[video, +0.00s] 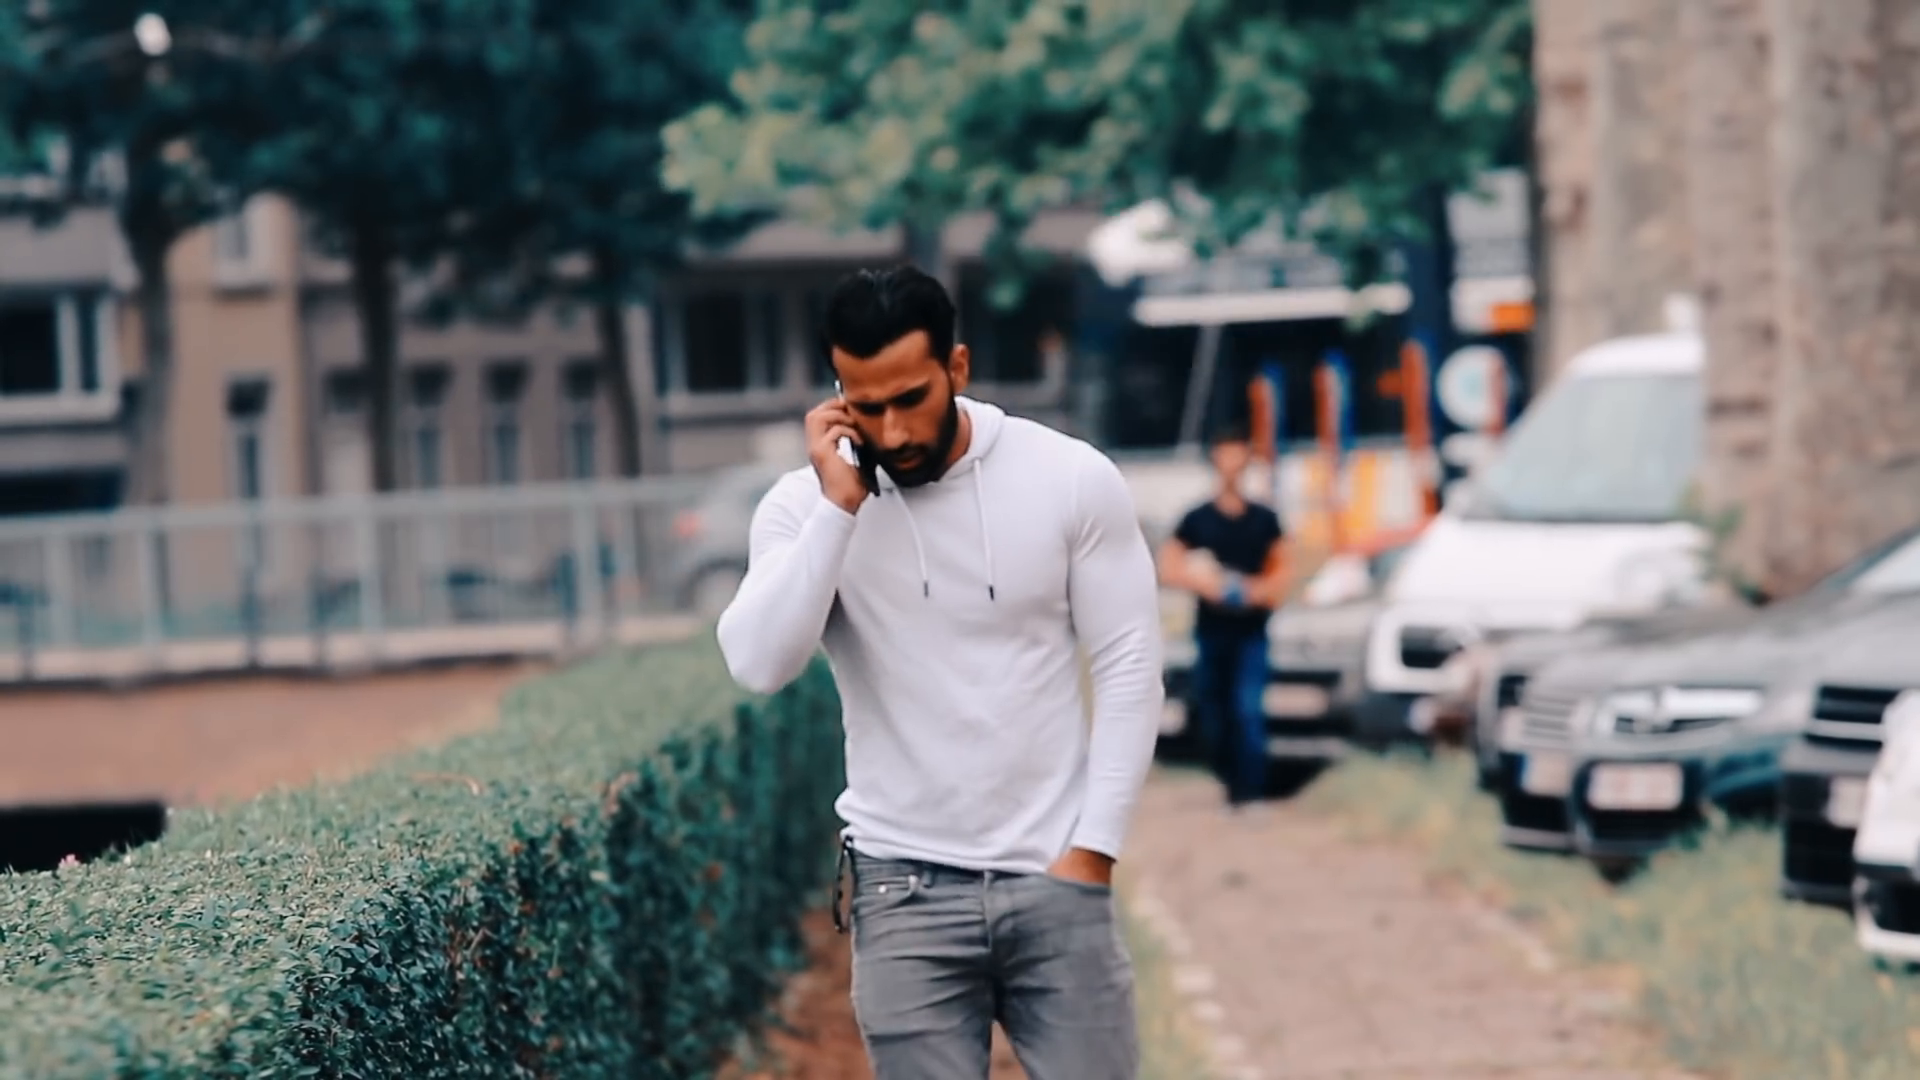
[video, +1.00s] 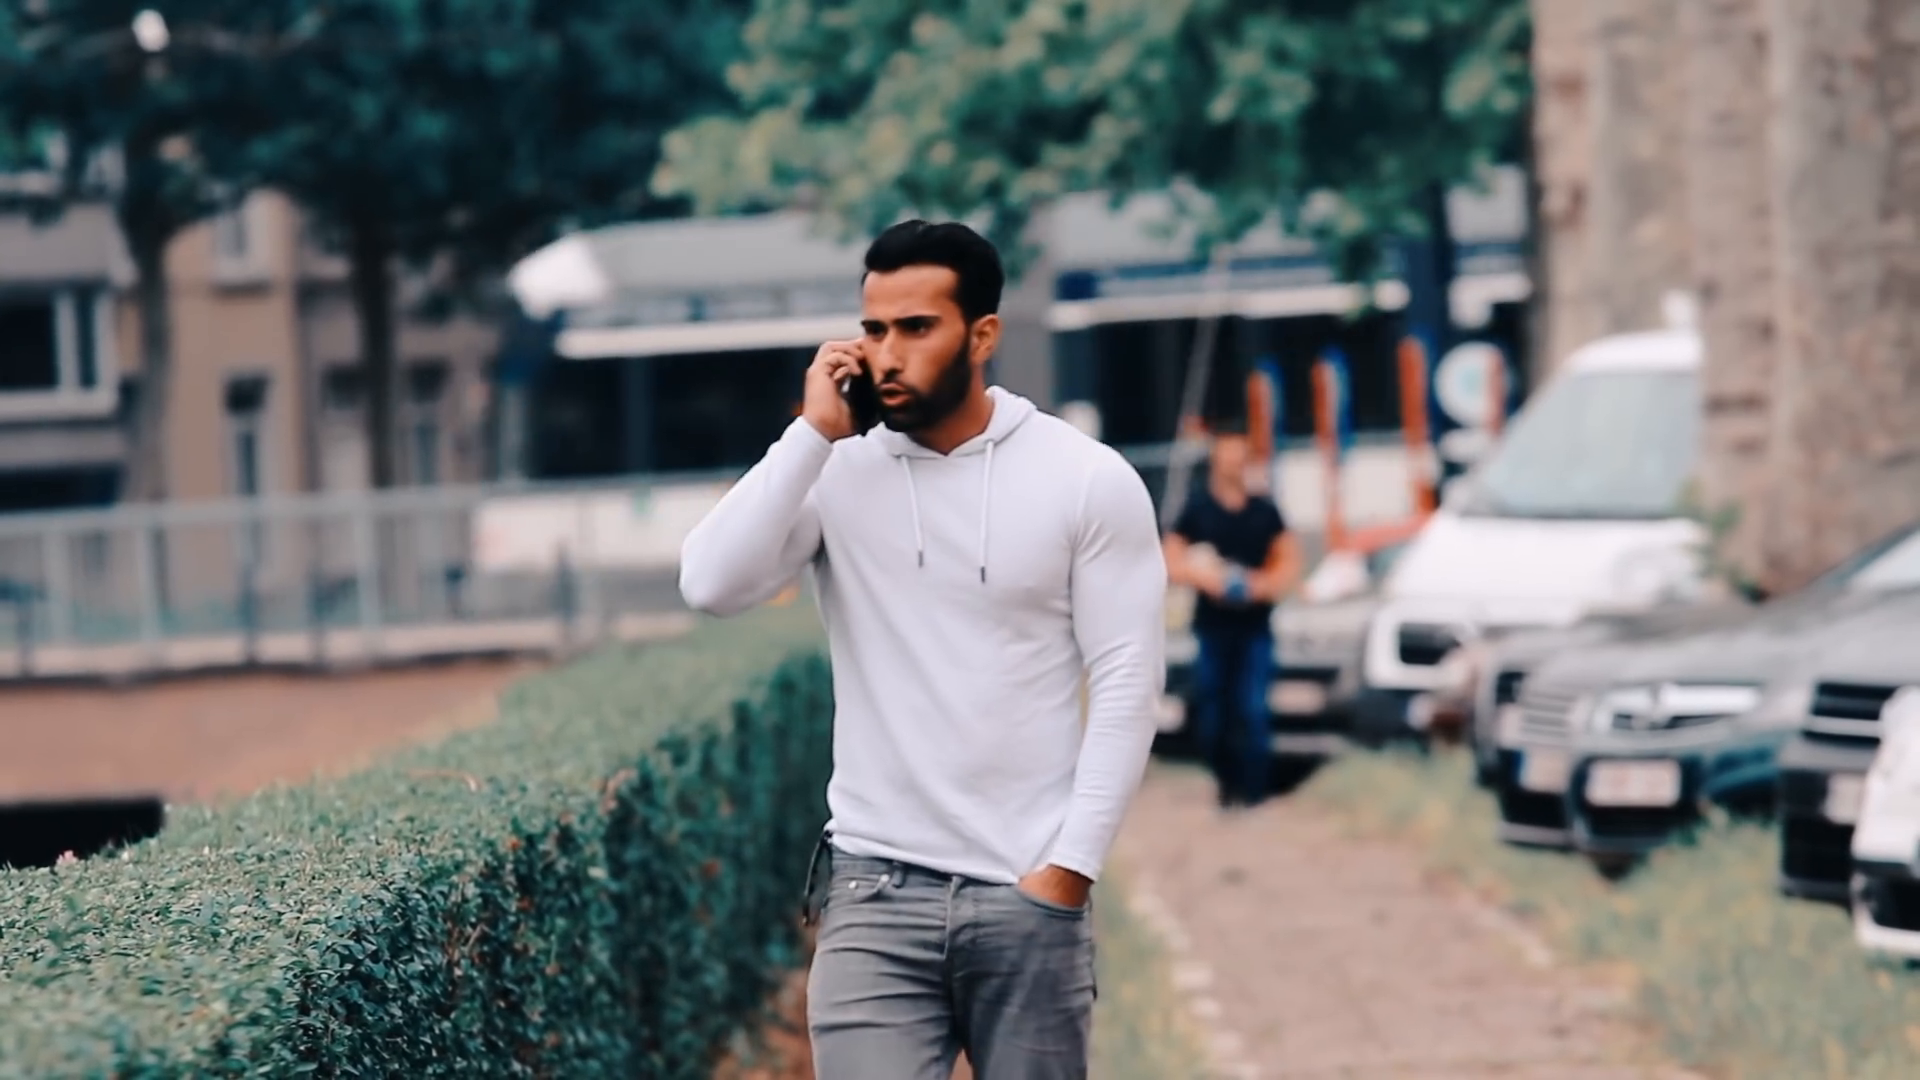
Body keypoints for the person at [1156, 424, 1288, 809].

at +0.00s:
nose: (1231, 461)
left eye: (1237, 453)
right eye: (1224, 453)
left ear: (1248, 459)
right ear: (1214, 460)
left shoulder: (1264, 519)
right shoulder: (1199, 518)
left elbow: (1283, 572)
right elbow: (1169, 566)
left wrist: (1257, 590)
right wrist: (1208, 584)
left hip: (1251, 630)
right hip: (1212, 630)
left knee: (1247, 707)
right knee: (1211, 709)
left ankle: (1250, 790)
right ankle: (1230, 783)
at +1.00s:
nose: (1233, 461)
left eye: (1239, 453)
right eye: (1226, 453)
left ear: (1247, 458)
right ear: (1214, 457)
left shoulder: (1263, 510)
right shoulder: (1199, 508)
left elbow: (1287, 563)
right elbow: (1172, 559)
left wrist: (1262, 585)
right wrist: (1209, 579)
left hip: (1254, 626)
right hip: (1213, 626)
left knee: (1252, 707)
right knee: (1212, 707)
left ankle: (1253, 786)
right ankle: (1226, 783)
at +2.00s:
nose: (1245, 460)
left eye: (1252, 452)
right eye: (1237, 452)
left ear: (1262, 454)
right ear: (1225, 454)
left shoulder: (1279, 505)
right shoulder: (1207, 505)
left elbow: (1306, 555)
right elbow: (1179, 563)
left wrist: (1278, 580)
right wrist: (1220, 575)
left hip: (1270, 624)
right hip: (1227, 626)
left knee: (1273, 713)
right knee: (1230, 713)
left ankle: (1272, 790)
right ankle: (1240, 784)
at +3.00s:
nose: (1231, 445)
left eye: (1238, 437)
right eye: (1225, 437)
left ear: (1250, 440)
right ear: (1215, 442)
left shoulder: (1271, 495)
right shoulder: (1201, 496)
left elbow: (1302, 553)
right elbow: (1173, 554)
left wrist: (1266, 574)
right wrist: (1211, 572)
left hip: (1261, 616)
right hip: (1218, 616)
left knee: (1259, 708)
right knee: (1222, 703)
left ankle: (1257, 791)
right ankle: (1232, 784)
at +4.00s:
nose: (1217, 438)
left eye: (1224, 429)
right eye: (1210, 429)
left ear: (1236, 431)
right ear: (1199, 431)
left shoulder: (1258, 483)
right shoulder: (1186, 485)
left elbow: (1285, 541)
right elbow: (1158, 544)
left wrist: (1253, 565)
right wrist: (1191, 562)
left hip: (1247, 605)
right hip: (1202, 605)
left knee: (1244, 699)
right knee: (1203, 694)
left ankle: (1245, 787)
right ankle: (1213, 785)